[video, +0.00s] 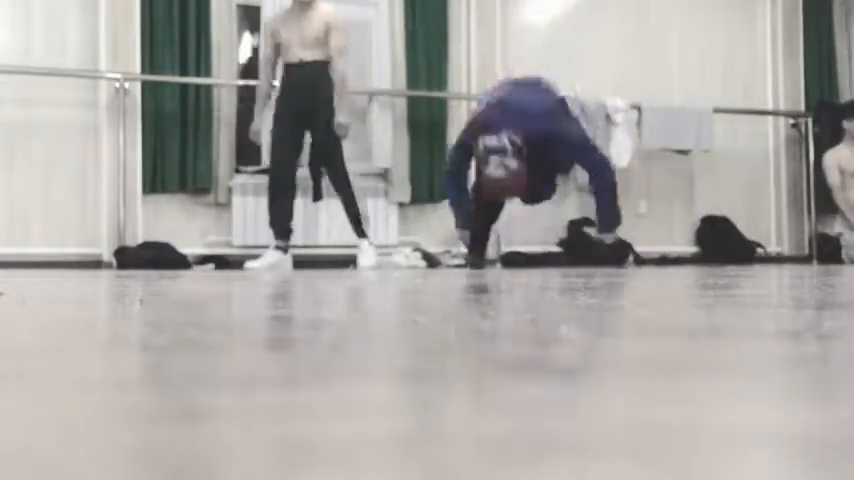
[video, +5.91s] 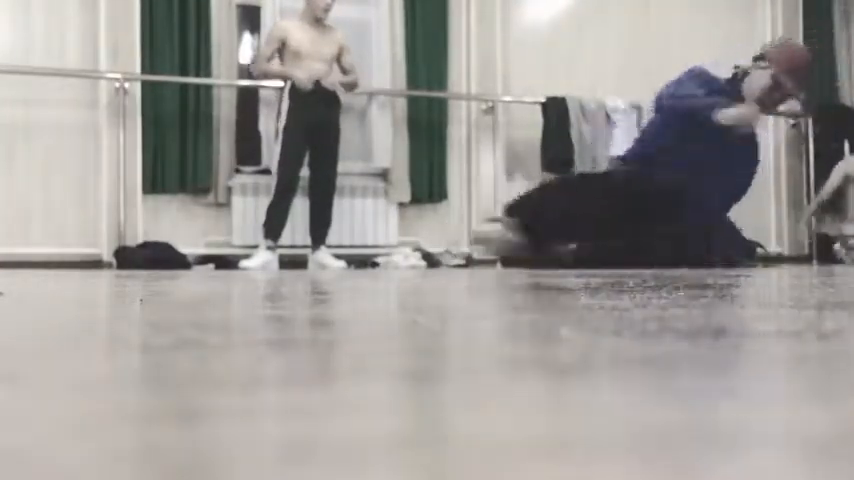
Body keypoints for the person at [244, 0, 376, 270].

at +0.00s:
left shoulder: (327, 17)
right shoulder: (275, 23)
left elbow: (339, 65)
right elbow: (266, 75)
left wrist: (343, 110)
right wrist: (258, 117)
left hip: (319, 82)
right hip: (290, 84)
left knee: (334, 164)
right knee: (280, 167)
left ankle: (363, 241)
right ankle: (280, 248)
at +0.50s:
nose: (292, 1)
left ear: (300, 0)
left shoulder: (318, 23)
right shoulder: (258, 24)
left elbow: (328, 71)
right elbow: (246, 69)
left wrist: (333, 118)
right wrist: (239, 112)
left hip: (311, 89)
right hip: (278, 89)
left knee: (317, 172)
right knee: (277, 173)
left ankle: (321, 247)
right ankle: (279, 248)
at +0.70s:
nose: (307, 3)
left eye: (309, 0)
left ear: (314, 2)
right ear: (291, 1)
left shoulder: (327, 31)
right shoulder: (271, 30)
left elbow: (335, 77)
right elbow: (266, 78)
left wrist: (337, 120)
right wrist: (274, 116)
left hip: (319, 94)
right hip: (285, 94)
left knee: (317, 177)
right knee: (277, 176)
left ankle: (318, 249)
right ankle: (279, 249)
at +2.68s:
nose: (332, 5)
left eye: (334, 2)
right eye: (327, 1)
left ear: (332, 7)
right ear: (312, 1)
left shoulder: (337, 41)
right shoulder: (286, 29)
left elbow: (344, 84)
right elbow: (279, 76)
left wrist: (344, 127)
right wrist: (283, 120)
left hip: (329, 100)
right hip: (300, 97)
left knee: (325, 179)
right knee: (289, 177)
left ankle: (319, 251)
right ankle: (268, 249)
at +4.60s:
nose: (328, 5)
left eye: (331, 2)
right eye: (324, 0)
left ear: (331, 6)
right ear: (309, 1)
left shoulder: (336, 39)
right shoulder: (285, 31)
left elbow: (343, 84)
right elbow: (277, 78)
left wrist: (345, 128)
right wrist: (283, 120)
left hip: (328, 100)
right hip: (299, 97)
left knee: (325, 180)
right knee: (288, 177)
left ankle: (319, 250)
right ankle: (268, 248)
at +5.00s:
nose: (329, 5)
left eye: (332, 2)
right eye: (324, 0)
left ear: (332, 6)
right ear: (310, 1)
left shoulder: (335, 38)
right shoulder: (284, 30)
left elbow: (352, 78)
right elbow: (264, 72)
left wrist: (339, 88)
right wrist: (292, 86)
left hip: (328, 107)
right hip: (299, 106)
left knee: (324, 180)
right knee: (288, 178)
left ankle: (319, 251)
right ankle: (269, 250)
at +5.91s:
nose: (329, 5)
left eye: (331, 2)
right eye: (324, 0)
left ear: (332, 6)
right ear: (309, 2)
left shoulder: (335, 36)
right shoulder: (284, 29)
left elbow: (354, 79)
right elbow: (259, 67)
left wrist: (338, 81)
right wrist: (292, 74)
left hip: (327, 108)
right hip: (296, 106)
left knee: (324, 181)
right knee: (287, 179)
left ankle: (318, 251)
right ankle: (269, 250)